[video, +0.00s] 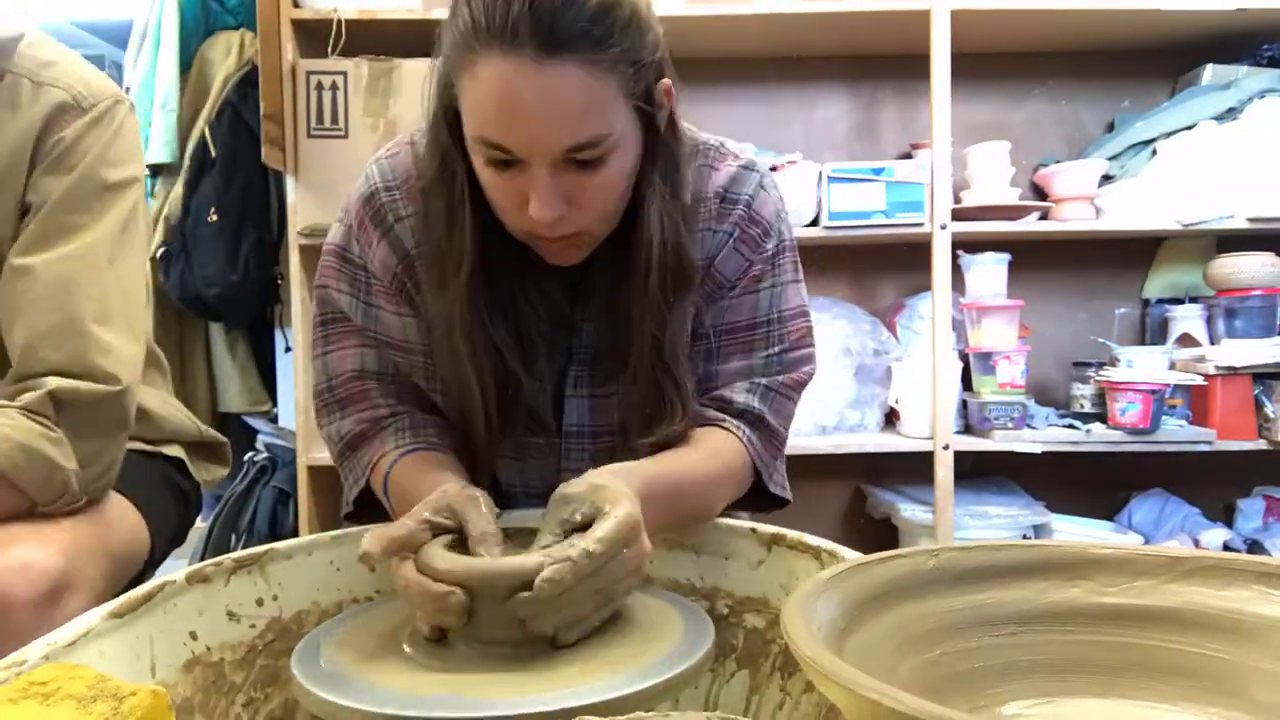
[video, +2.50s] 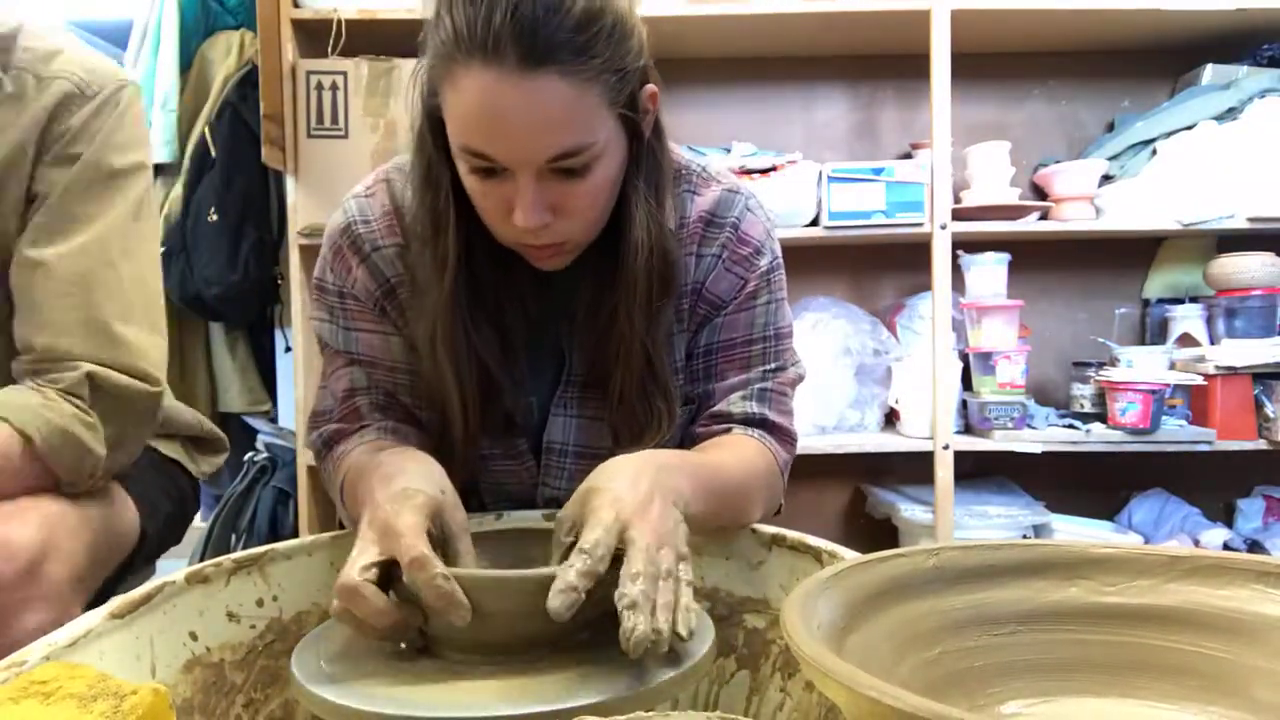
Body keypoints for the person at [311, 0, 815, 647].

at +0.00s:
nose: (544, 209)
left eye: (587, 162)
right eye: (501, 162)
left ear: (657, 112)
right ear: (457, 125)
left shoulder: (733, 203)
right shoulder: (394, 206)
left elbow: (745, 430)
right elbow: (371, 403)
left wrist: (637, 494)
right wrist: (440, 497)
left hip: (668, 572)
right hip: (466, 569)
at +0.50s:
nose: (539, 210)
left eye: (579, 163)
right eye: (495, 164)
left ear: (647, 109)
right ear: (451, 127)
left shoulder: (719, 211)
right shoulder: (390, 215)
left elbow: (731, 430)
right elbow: (383, 409)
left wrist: (635, 486)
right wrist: (438, 486)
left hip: (659, 568)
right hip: (464, 562)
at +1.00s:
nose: (604, 152)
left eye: (655, 122)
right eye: (577, 100)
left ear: (703, 121)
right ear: (528, 74)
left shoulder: (741, 224)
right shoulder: (416, 211)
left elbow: (765, 428)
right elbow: (398, 409)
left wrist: (675, 538)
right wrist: (403, 494)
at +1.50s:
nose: (538, 230)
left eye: (577, 184)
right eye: (492, 186)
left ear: (643, 124)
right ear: (448, 146)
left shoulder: (723, 229)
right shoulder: (384, 232)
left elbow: (761, 446)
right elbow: (392, 420)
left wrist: (676, 494)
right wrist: (393, 490)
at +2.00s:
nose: (518, 182)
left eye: (556, 133)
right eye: (474, 139)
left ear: (630, 89)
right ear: (435, 119)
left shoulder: (718, 221)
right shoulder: (378, 223)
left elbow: (759, 436)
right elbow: (350, 420)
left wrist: (679, 496)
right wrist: (363, 506)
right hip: (448, 611)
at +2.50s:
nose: (527, 215)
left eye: (571, 169)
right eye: (484, 170)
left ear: (642, 118)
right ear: (442, 132)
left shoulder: (722, 230)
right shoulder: (375, 234)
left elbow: (758, 450)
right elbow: (355, 422)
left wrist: (667, 476)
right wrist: (389, 477)